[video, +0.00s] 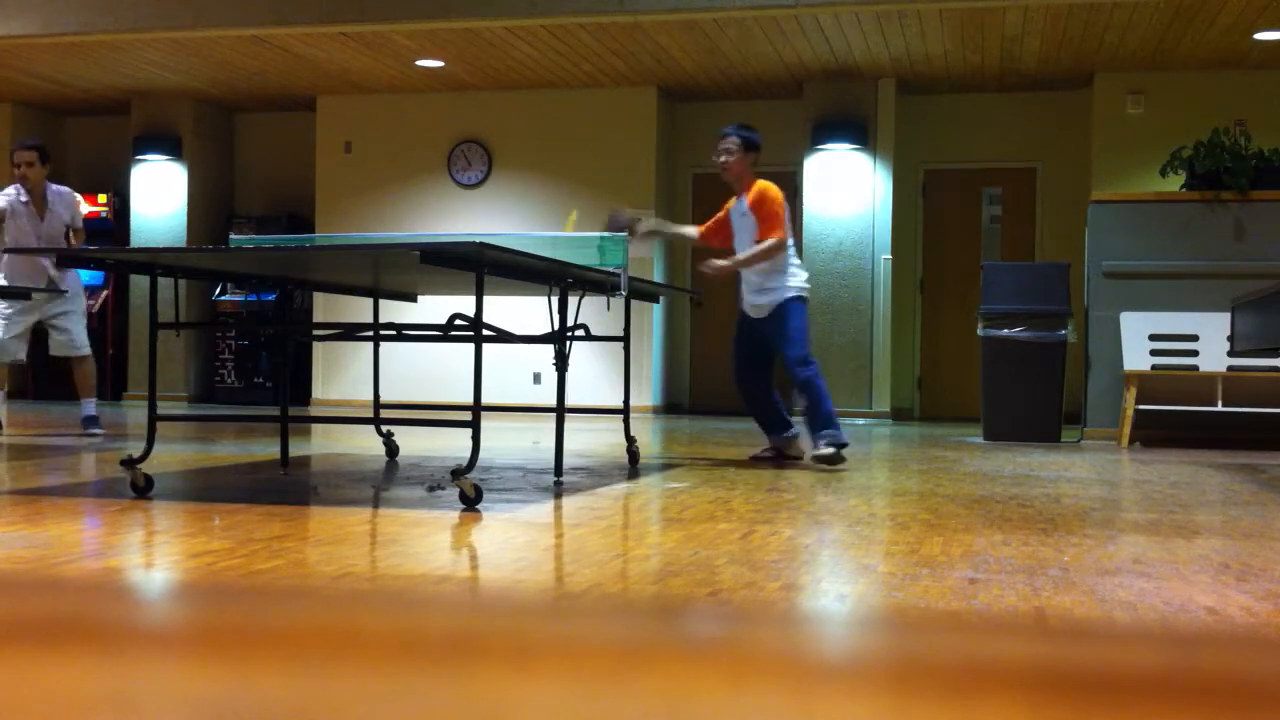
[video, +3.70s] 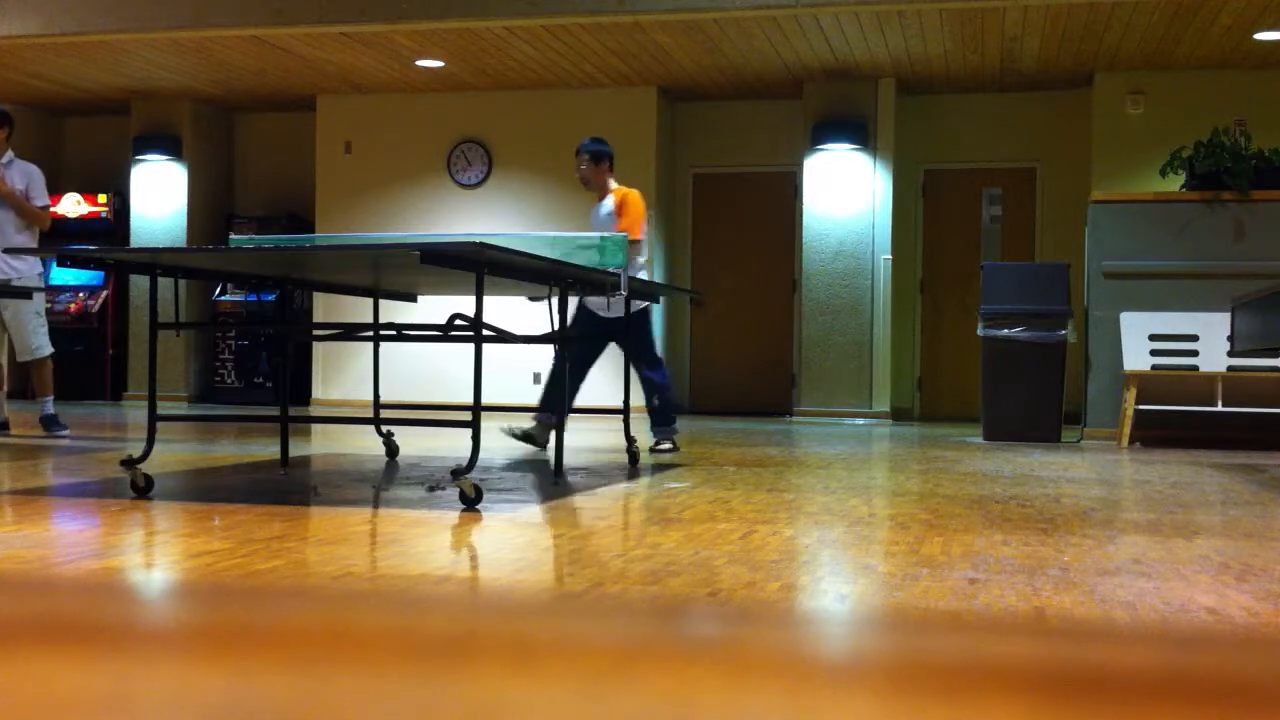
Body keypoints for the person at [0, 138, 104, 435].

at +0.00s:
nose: (22, 171)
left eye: (28, 165)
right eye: (17, 166)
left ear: (45, 167)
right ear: (13, 169)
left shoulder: (66, 198)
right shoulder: (7, 201)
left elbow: (78, 232)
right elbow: (0, 230)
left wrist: (73, 250)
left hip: (63, 287)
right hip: (15, 289)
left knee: (80, 349)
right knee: (2, 350)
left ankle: (89, 414)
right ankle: (0, 413)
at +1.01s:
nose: (1, 151)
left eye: (4, 145)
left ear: (23, 146)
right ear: (6, 149)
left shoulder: (58, 181)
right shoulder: (3, 191)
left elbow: (88, 224)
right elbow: (6, 240)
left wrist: (53, 243)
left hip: (65, 284)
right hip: (20, 284)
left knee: (85, 353)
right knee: (2, 352)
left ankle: (94, 416)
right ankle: (0, 416)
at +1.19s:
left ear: (5, 142)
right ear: (4, 142)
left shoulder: (38, 177)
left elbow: (68, 218)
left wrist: (29, 243)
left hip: (49, 283)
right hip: (7, 283)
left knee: (75, 351)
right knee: (2, 358)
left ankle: (90, 413)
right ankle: (3, 423)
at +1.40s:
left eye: (0, 132)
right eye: (0, 133)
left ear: (5, 135)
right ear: (5, 136)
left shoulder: (29, 171)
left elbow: (58, 213)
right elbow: (54, 213)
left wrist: (19, 234)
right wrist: (20, 236)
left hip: (37, 274)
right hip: (4, 276)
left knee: (59, 346)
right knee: (1, 356)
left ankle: (76, 408)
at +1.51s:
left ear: (5, 134)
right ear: (3, 135)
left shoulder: (31, 171)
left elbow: (55, 216)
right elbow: (50, 216)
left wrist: (14, 232)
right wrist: (14, 234)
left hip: (30, 273)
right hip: (2, 273)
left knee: (47, 344)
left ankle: (66, 406)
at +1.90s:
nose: (6, 131)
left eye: (15, 125)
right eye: (5, 125)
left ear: (34, 132)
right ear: (2, 133)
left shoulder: (56, 176)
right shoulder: (1, 175)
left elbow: (69, 224)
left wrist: (28, 216)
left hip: (39, 274)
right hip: (2, 271)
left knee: (52, 350)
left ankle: (60, 414)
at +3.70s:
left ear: (6, 132)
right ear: (4, 132)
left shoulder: (28, 172)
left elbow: (44, 222)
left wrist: (10, 194)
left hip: (21, 271)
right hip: (3, 270)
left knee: (37, 347)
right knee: (1, 354)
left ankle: (48, 412)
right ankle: (1, 415)